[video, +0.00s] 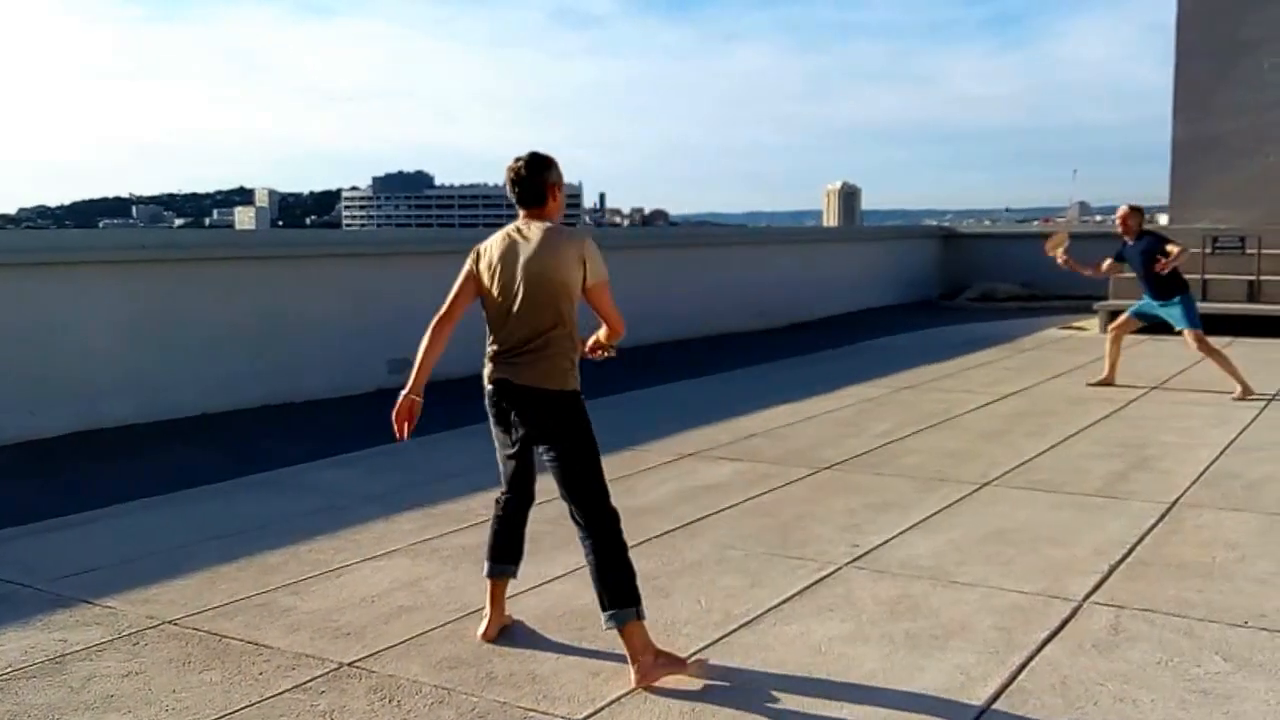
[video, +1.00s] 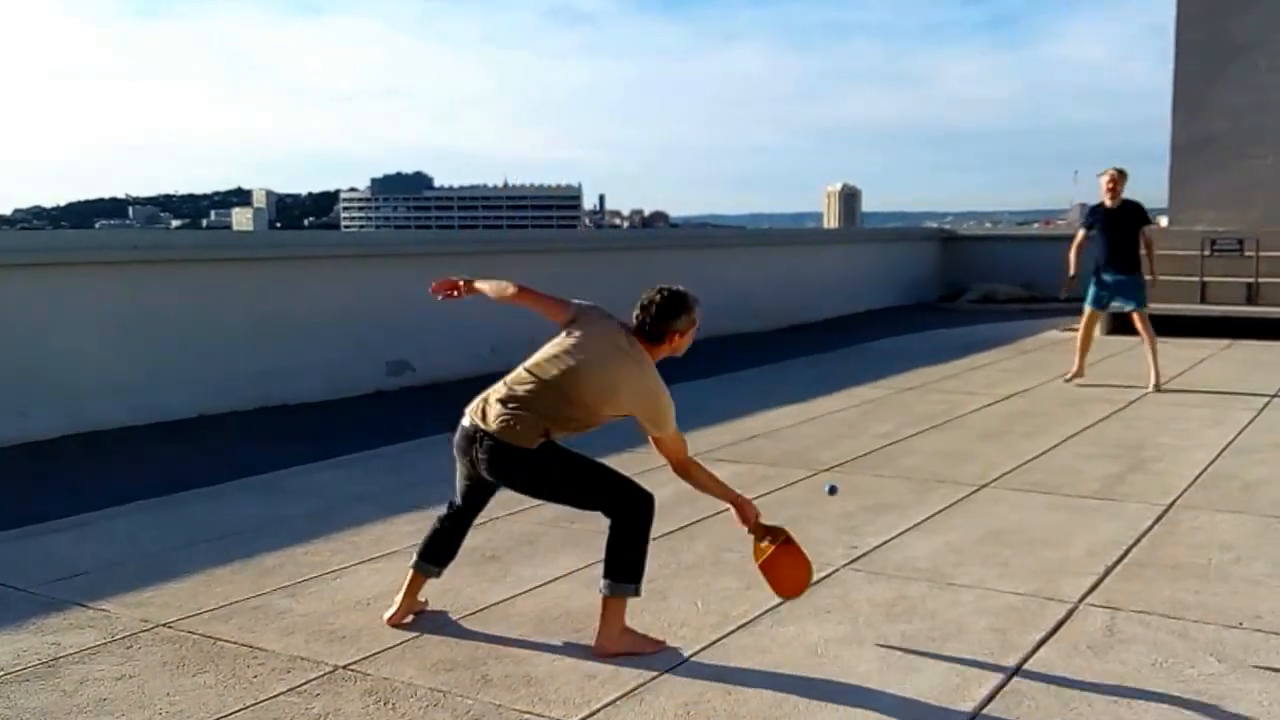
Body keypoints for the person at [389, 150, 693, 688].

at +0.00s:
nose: (565, 196)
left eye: (560, 188)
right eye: (562, 189)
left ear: (515, 196)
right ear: (553, 193)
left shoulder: (488, 249)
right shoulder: (577, 246)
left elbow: (444, 320)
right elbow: (613, 324)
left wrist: (413, 386)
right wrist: (600, 342)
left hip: (500, 389)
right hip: (555, 394)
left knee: (513, 491)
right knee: (595, 514)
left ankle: (493, 614)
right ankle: (642, 654)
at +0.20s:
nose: (562, 155)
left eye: (559, 146)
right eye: (560, 146)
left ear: (510, 153)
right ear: (549, 150)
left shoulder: (479, 205)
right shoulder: (556, 204)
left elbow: (449, 287)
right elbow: (571, 294)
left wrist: (433, 354)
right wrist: (584, 338)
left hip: (478, 355)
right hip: (528, 359)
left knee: (497, 469)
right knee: (557, 485)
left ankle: (480, 593)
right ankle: (542, 618)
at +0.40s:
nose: (559, 182)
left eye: (555, 173)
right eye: (556, 175)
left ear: (509, 181)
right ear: (544, 181)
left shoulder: (491, 228)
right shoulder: (531, 240)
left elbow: (502, 327)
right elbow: (529, 337)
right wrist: (564, 390)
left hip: (463, 381)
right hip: (500, 392)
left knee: (460, 482)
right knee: (560, 502)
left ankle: (412, 582)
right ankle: (523, 623)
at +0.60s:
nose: (558, 222)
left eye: (557, 214)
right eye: (555, 215)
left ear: (512, 222)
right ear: (541, 225)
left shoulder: (510, 257)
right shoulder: (506, 285)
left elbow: (561, 300)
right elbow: (468, 370)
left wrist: (620, 317)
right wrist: (510, 431)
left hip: (444, 404)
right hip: (475, 412)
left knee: (452, 496)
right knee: (584, 476)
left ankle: (402, 598)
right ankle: (549, 605)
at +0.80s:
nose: (631, 270)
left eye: (630, 263)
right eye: (628, 265)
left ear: (582, 266)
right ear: (610, 278)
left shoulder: (556, 277)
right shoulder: (571, 332)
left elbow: (546, 257)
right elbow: (541, 424)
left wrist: (560, 265)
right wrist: (574, 492)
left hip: (440, 397)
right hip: (475, 416)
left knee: (454, 493)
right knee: (581, 496)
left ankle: (402, 599)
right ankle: (602, 626)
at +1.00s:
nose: (689, 343)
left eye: (691, 335)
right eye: (690, 336)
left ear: (639, 319)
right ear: (673, 338)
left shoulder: (591, 319)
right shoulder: (648, 386)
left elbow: (513, 291)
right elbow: (683, 463)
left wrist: (468, 285)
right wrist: (737, 500)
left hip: (470, 431)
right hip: (513, 451)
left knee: (464, 506)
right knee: (634, 504)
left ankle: (403, 604)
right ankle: (613, 632)